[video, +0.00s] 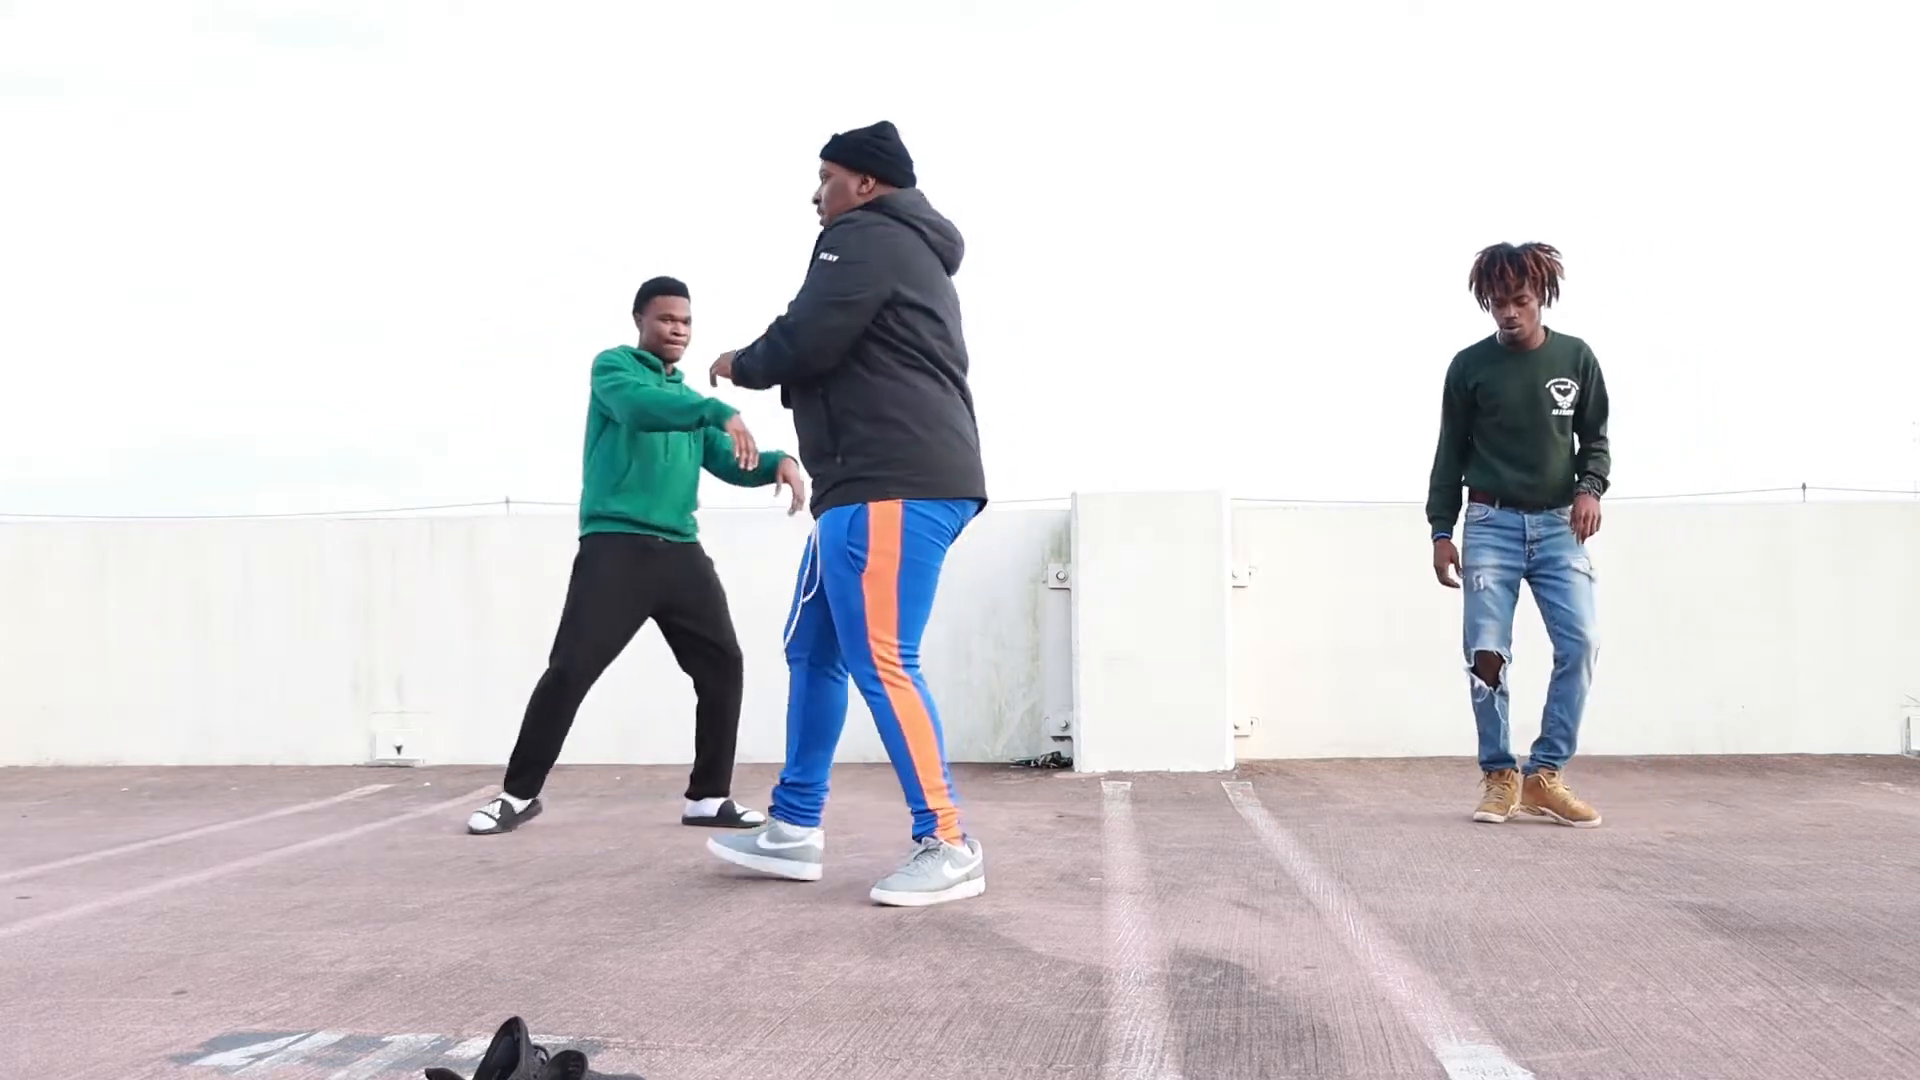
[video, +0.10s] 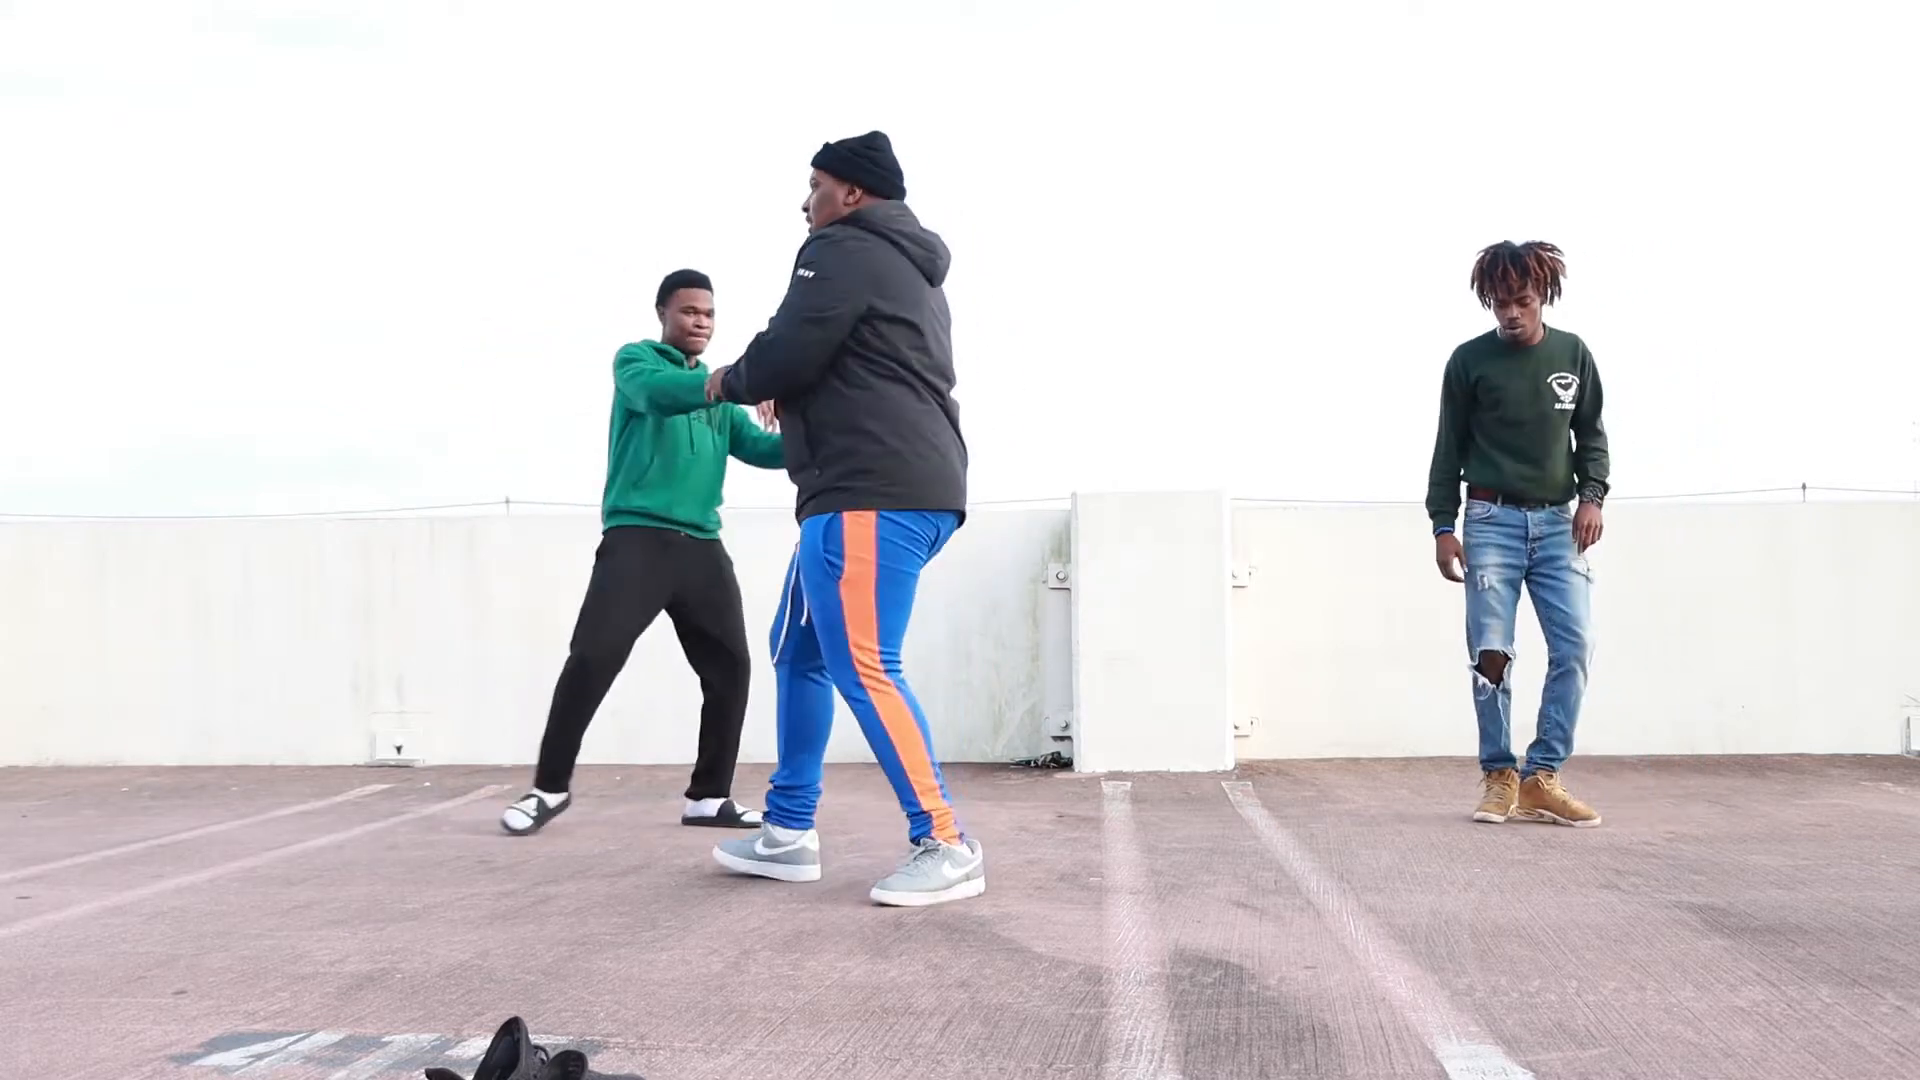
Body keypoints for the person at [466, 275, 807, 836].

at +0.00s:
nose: (675, 329)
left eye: (683, 321)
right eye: (664, 319)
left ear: (690, 329)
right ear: (639, 321)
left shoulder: (691, 398)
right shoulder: (615, 365)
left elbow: (728, 461)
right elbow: (639, 404)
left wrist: (777, 461)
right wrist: (720, 412)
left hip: (681, 551)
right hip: (616, 545)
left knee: (722, 667)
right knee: (570, 670)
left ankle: (708, 798)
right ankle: (518, 794)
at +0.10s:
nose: (699, 322)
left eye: (707, 314)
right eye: (688, 311)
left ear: (714, 323)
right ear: (661, 315)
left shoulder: (717, 394)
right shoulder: (636, 358)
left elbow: (758, 446)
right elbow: (649, 389)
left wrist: (818, 440)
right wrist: (723, 385)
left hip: (702, 548)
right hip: (636, 538)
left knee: (729, 670)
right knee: (592, 660)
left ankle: (708, 797)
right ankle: (550, 789)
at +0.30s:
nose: (729, 308)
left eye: (738, 299)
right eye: (719, 295)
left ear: (747, 303)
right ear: (694, 293)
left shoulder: (748, 350)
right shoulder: (658, 342)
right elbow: (668, 363)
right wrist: (733, 319)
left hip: (734, 520)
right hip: (668, 512)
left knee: (727, 662)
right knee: (667, 652)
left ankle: (710, 796)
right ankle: (663, 797)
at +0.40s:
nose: (736, 292)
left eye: (742, 284)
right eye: (727, 283)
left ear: (749, 294)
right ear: (701, 288)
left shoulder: (753, 343)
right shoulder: (667, 343)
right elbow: (677, 381)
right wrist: (723, 332)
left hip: (745, 504)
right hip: (687, 502)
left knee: (738, 649)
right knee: (702, 641)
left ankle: (712, 790)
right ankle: (709, 794)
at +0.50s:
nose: (721, 300)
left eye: (729, 290)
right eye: (714, 288)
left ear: (744, 294)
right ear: (701, 291)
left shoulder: (757, 346)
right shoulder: (674, 349)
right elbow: (673, 394)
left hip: (749, 504)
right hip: (699, 504)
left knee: (728, 648)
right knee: (722, 648)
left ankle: (708, 785)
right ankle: (740, 795)